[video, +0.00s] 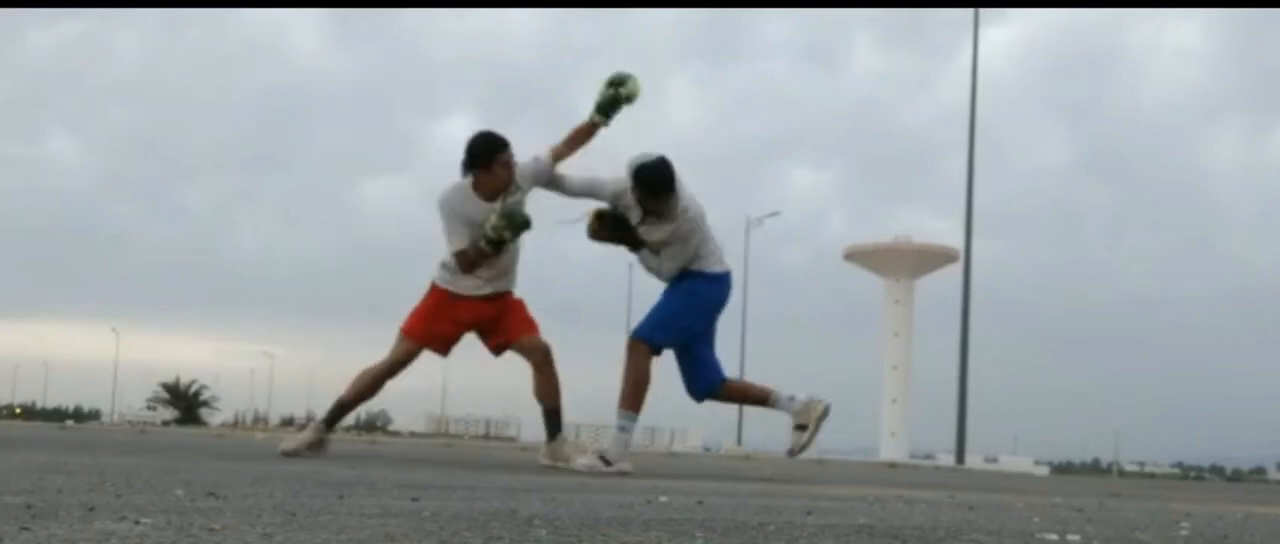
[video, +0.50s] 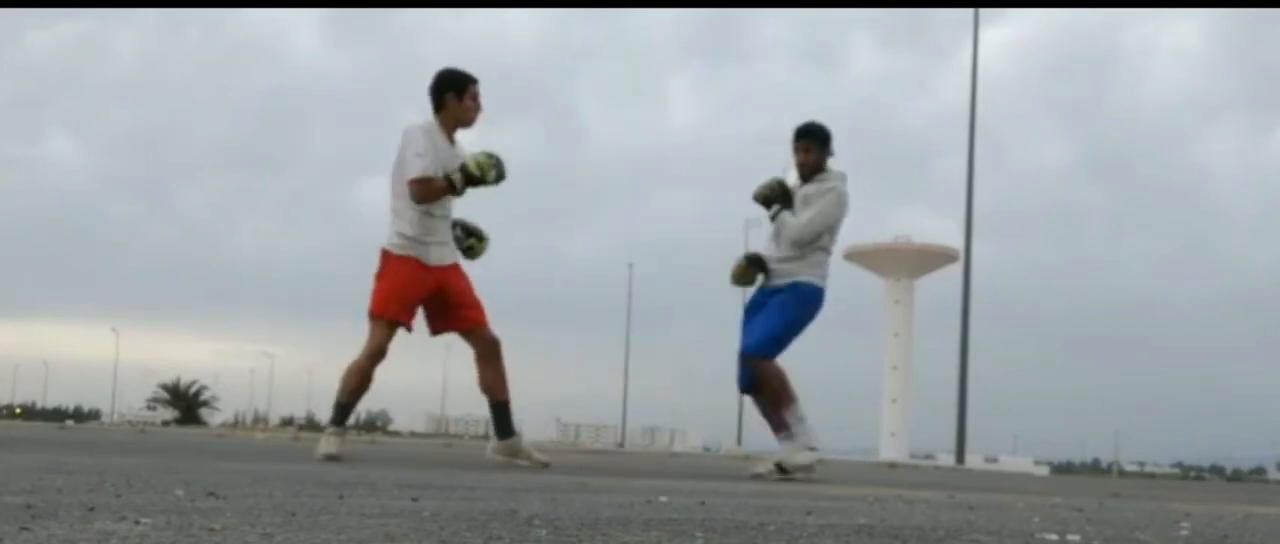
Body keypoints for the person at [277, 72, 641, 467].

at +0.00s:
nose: (513, 172)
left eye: (512, 164)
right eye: (505, 167)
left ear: (508, 166)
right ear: (482, 172)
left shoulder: (524, 178)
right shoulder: (454, 200)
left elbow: (565, 149)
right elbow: (466, 263)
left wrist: (602, 115)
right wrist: (502, 236)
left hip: (499, 299)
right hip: (450, 297)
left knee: (542, 354)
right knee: (393, 363)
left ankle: (556, 445)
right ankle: (321, 428)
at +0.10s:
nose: (523, 173)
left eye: (523, 166)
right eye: (517, 167)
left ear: (515, 165)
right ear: (493, 168)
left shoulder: (524, 181)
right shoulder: (459, 199)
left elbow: (577, 169)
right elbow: (459, 261)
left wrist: (628, 148)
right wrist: (497, 240)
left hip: (502, 301)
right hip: (452, 298)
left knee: (545, 351)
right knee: (397, 365)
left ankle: (555, 445)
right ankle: (322, 426)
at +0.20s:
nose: (517, 146)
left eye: (517, 139)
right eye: (510, 139)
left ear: (508, 141)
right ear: (486, 141)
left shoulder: (521, 169)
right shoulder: (453, 178)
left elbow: (573, 198)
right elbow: (462, 240)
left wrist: (613, 198)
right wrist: (500, 214)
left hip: (493, 294)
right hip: (444, 287)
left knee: (534, 353)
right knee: (394, 346)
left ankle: (553, 444)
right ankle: (326, 415)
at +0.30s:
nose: (502, 118)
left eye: (503, 110)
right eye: (496, 110)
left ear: (484, 114)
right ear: (472, 113)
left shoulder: (498, 156)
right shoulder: (438, 154)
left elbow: (501, 214)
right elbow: (438, 219)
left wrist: (538, 227)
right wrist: (481, 195)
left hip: (480, 274)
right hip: (431, 267)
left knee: (516, 351)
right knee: (388, 340)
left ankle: (550, 441)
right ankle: (331, 421)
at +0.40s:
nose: (489, 112)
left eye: (489, 105)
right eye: (483, 104)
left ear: (466, 108)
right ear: (459, 106)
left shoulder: (468, 156)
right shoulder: (425, 143)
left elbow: (452, 216)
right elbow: (418, 204)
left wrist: (482, 237)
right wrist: (462, 187)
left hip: (457, 268)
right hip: (414, 263)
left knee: (500, 346)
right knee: (385, 348)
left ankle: (527, 439)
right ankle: (335, 430)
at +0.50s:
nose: (479, 107)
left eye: (479, 99)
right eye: (473, 99)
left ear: (457, 102)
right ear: (450, 100)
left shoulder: (456, 152)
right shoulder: (418, 136)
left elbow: (430, 206)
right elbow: (419, 190)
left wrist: (456, 233)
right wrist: (463, 178)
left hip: (444, 263)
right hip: (405, 259)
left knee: (487, 344)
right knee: (376, 347)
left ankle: (506, 439)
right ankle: (334, 430)